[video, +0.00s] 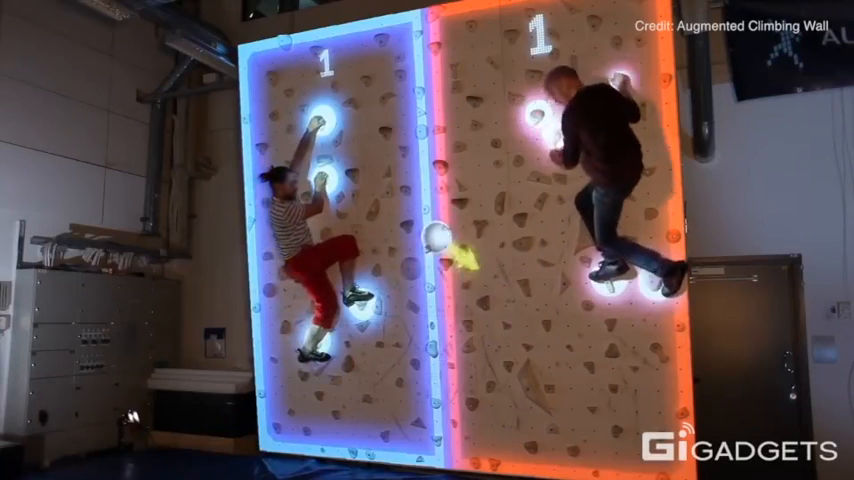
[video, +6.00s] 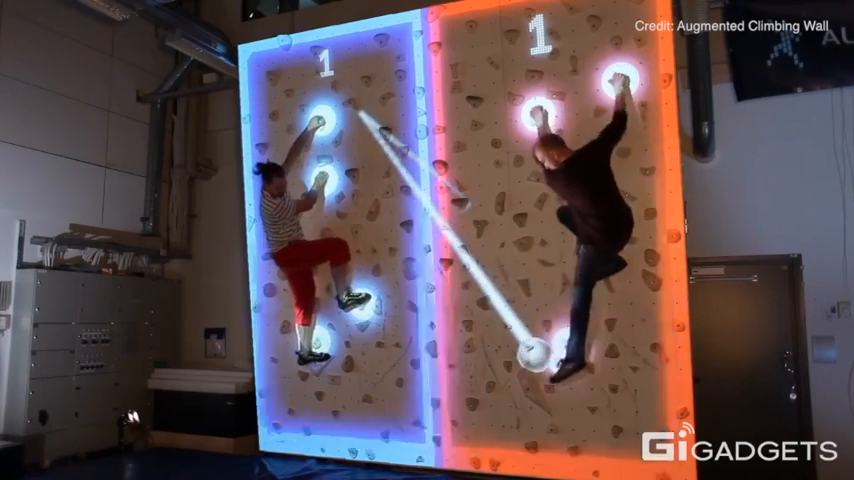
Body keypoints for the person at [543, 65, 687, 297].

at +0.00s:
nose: (555, 100)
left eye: (554, 95)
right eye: (552, 96)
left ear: (563, 86)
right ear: (575, 79)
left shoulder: (572, 114)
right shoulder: (604, 91)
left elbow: (570, 159)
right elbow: (634, 115)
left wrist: (558, 157)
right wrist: (624, 92)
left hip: (611, 178)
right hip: (632, 167)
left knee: (606, 241)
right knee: (583, 201)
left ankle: (669, 270)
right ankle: (614, 261)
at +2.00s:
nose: (582, 134)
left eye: (582, 128)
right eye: (580, 129)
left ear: (595, 125)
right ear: (606, 120)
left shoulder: (597, 156)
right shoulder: (632, 131)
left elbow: (579, 171)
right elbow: (631, 111)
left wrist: (566, 160)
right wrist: (626, 89)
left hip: (619, 221)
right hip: (641, 215)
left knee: (559, 190)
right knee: (571, 210)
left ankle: (513, 214)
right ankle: (610, 260)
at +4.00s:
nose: (555, 67)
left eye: (557, 62)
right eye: (556, 62)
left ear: (563, 62)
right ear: (581, 61)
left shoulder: (558, 92)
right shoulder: (599, 82)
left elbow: (542, 132)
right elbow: (617, 118)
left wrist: (535, 115)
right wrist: (617, 91)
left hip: (580, 169)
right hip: (605, 164)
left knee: (597, 233)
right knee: (572, 205)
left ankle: (646, 283)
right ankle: (607, 258)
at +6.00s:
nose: (543, 162)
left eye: (543, 158)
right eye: (544, 157)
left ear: (549, 158)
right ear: (566, 146)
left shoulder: (557, 178)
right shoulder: (593, 152)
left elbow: (543, 157)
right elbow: (617, 126)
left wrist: (542, 128)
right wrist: (622, 95)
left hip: (600, 239)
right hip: (622, 222)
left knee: (582, 288)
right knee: (564, 214)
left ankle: (574, 357)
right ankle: (609, 261)